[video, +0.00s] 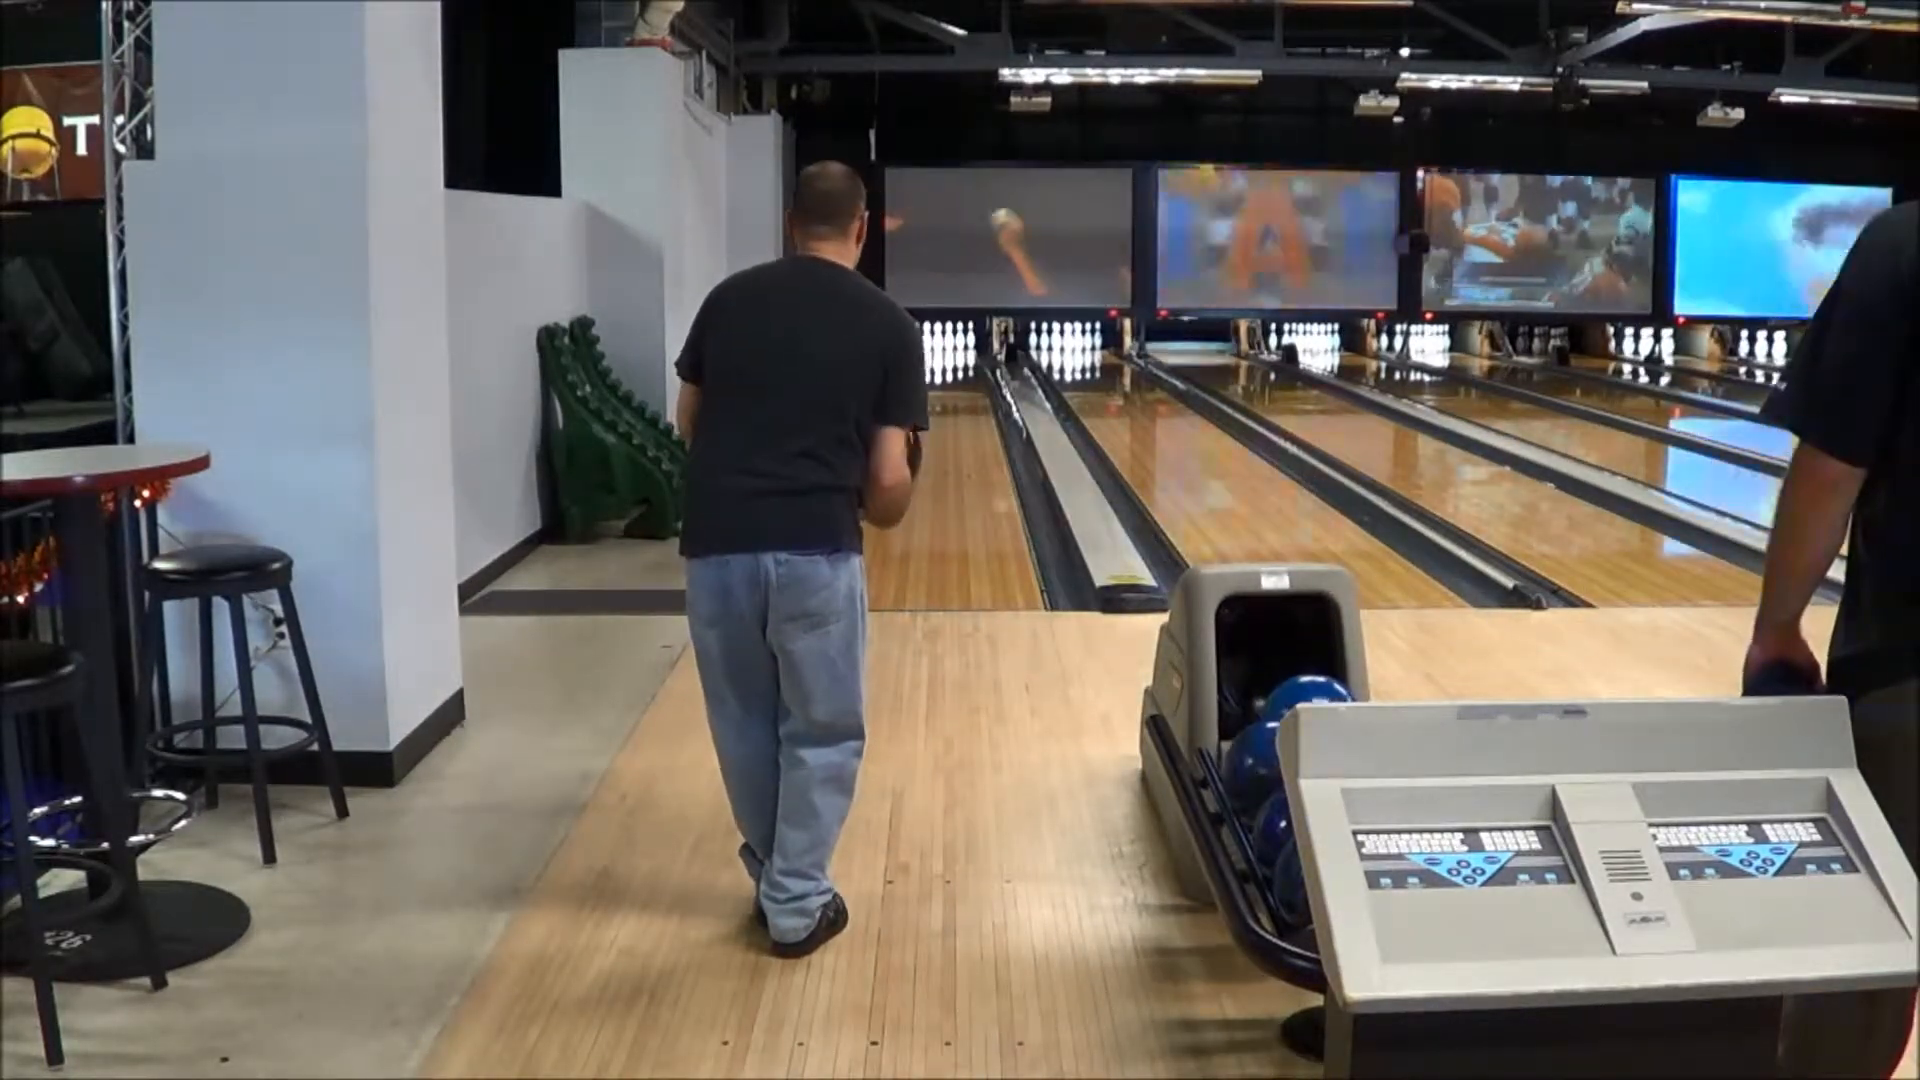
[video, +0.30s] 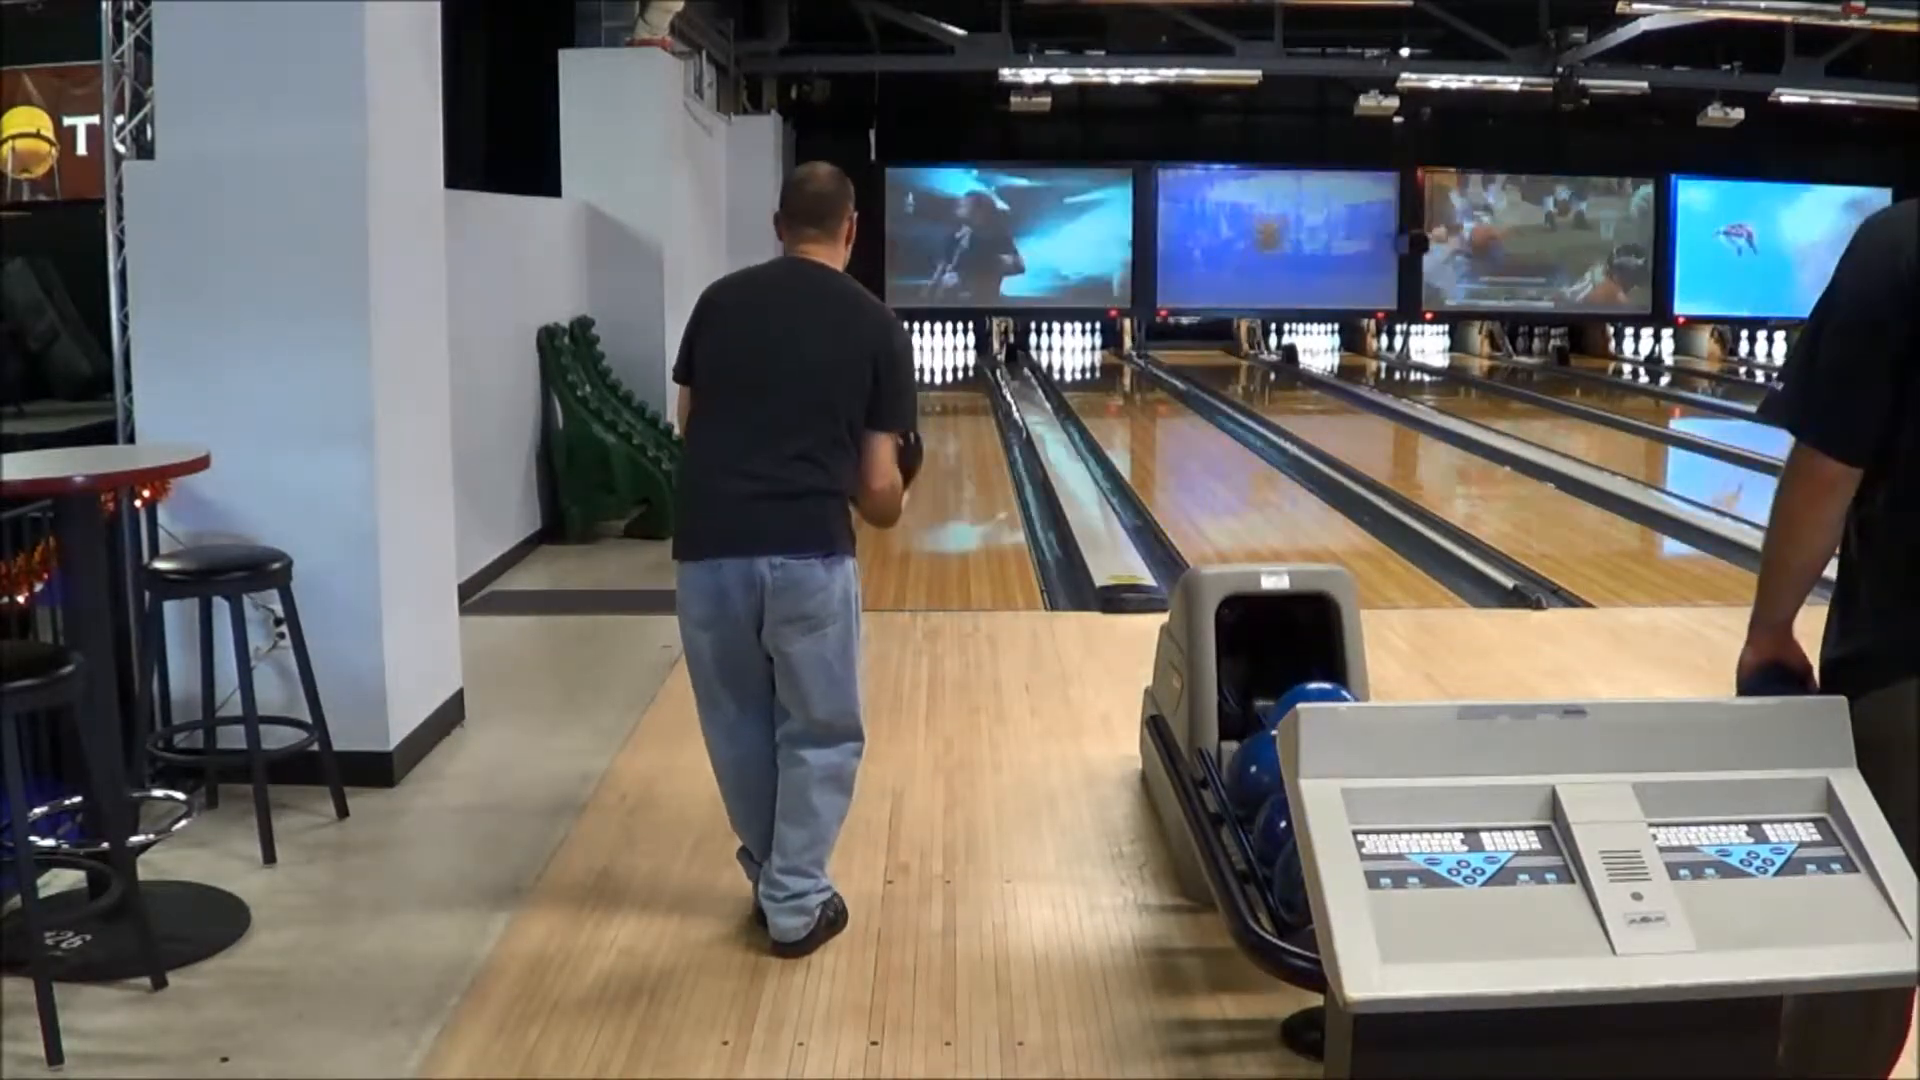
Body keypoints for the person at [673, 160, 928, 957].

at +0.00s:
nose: (865, 234)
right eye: (868, 223)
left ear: (789, 224)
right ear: (863, 228)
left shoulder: (730, 297)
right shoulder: (885, 322)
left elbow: (688, 419)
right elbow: (889, 476)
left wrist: (738, 462)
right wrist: (876, 512)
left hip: (716, 540)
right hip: (817, 542)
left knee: (742, 718)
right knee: (823, 730)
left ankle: (769, 868)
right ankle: (793, 905)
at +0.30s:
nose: (853, 235)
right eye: (856, 224)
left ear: (776, 227)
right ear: (852, 228)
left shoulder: (720, 300)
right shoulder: (872, 322)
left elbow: (685, 420)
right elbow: (878, 486)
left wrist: (738, 449)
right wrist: (881, 507)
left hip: (708, 548)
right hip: (809, 549)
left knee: (736, 723)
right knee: (820, 732)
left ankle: (769, 876)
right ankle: (793, 905)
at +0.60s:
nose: (845, 237)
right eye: (850, 226)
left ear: (770, 228)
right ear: (847, 231)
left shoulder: (715, 303)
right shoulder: (867, 328)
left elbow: (686, 423)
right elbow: (872, 487)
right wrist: (887, 524)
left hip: (703, 557)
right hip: (804, 557)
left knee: (732, 724)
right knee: (818, 735)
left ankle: (769, 872)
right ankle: (793, 904)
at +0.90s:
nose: (850, 237)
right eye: (853, 226)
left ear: (772, 228)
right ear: (849, 230)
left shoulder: (714, 303)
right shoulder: (871, 326)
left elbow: (683, 422)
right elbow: (873, 477)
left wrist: (725, 479)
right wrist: (878, 532)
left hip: (700, 558)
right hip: (803, 558)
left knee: (732, 725)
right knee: (816, 736)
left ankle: (767, 870)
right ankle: (793, 904)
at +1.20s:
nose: (853, 237)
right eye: (856, 227)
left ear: (773, 228)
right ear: (850, 230)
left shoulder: (716, 303)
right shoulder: (871, 328)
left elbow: (685, 424)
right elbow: (872, 484)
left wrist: (724, 488)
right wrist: (876, 540)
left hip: (701, 559)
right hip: (803, 559)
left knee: (733, 726)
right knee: (817, 736)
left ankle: (767, 871)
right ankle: (794, 904)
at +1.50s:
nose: (855, 235)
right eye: (857, 224)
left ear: (774, 226)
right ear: (852, 229)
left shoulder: (718, 302)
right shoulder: (872, 328)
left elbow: (688, 427)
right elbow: (875, 489)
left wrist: (726, 491)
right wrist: (877, 538)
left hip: (703, 556)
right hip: (806, 558)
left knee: (734, 724)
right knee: (819, 736)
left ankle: (767, 870)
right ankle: (793, 903)